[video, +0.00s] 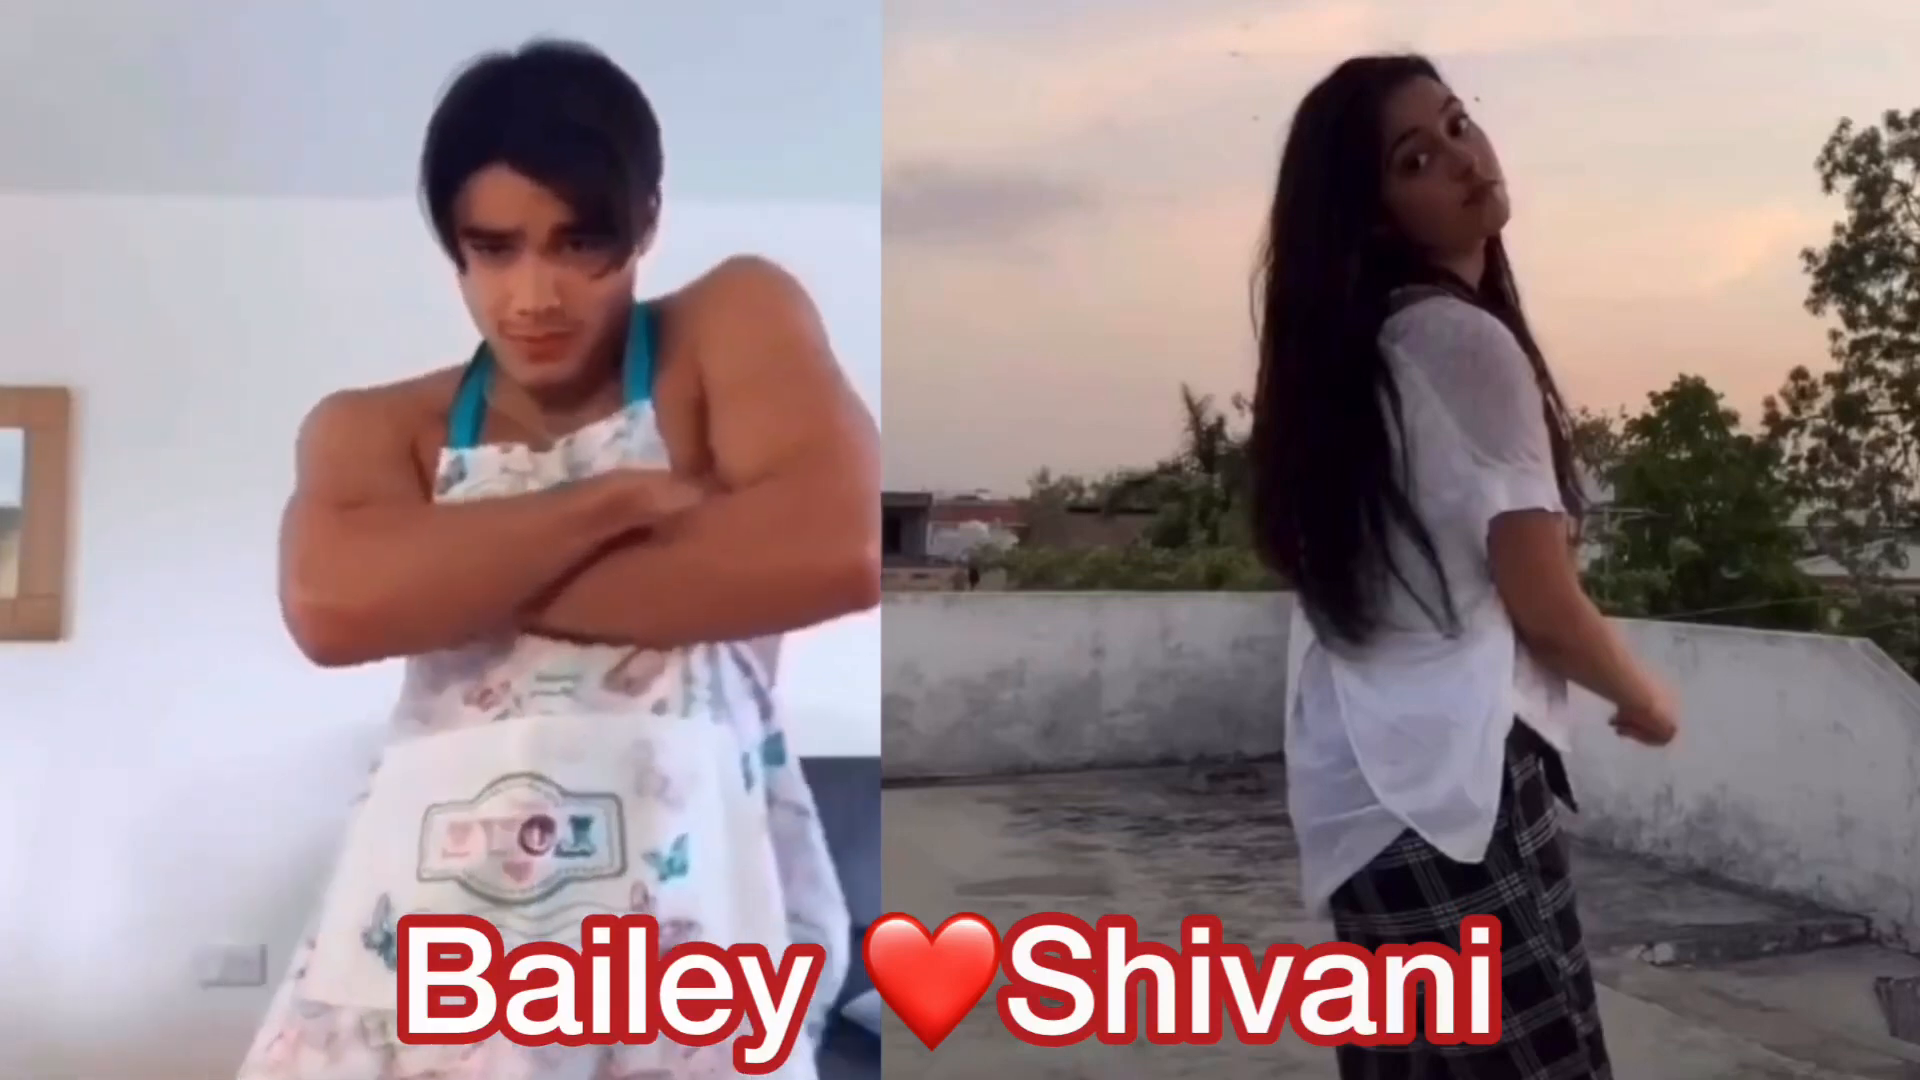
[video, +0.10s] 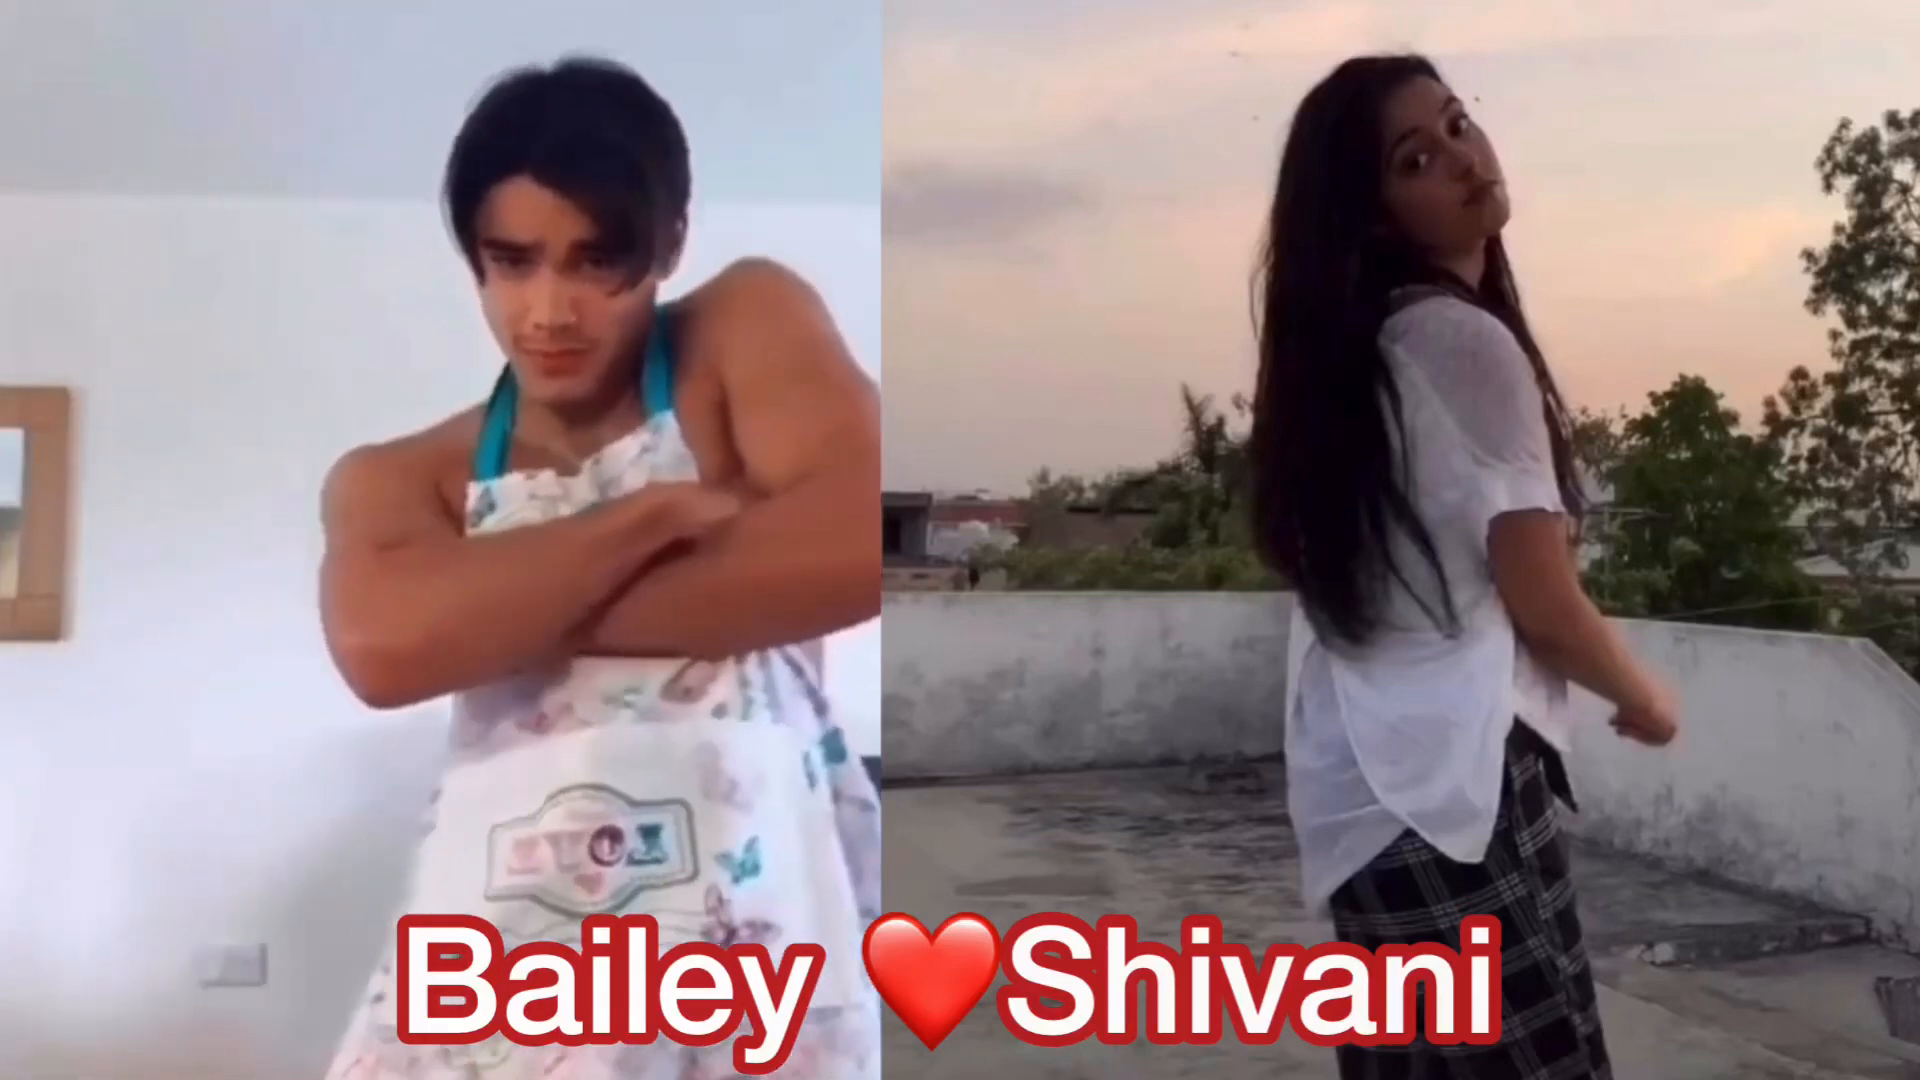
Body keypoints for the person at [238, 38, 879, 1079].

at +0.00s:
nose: (535, 296)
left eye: (584, 248)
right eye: (494, 248)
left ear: (646, 227)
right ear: (449, 239)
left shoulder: (733, 318)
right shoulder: (368, 426)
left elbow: (828, 550)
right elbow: (333, 607)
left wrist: (492, 577)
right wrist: (625, 498)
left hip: (684, 881)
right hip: (436, 888)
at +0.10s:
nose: (549, 309)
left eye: (598, 263)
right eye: (512, 261)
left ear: (667, 250)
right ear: (470, 254)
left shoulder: (744, 316)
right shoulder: (395, 474)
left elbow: (843, 555)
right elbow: (383, 649)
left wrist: (525, 607)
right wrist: (663, 510)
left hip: (748, 901)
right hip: (499, 910)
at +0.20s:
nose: (565, 338)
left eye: (614, 291)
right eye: (528, 290)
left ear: (677, 279)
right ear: (487, 282)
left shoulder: (749, 342)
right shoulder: (409, 515)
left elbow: (858, 563)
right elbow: (426, 695)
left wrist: (564, 637)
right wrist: (696, 532)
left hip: (791, 943)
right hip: (541, 969)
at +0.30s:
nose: (567, 362)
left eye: (613, 314)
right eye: (528, 314)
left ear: (676, 301)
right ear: (485, 302)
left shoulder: (749, 375)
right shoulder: (403, 541)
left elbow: (864, 599)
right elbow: (456, 723)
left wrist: (562, 661)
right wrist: (707, 556)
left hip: (810, 973)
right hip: (573, 1009)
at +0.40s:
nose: (561, 371)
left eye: (605, 323)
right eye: (525, 323)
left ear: (666, 316)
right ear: (481, 317)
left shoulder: (745, 406)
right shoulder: (390, 538)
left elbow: (877, 606)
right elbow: (460, 720)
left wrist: (563, 670)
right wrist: (703, 570)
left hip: (833, 959)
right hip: (595, 1011)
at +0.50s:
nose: (550, 359)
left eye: (596, 311)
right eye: (512, 311)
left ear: (656, 296)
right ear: (466, 300)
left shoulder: (742, 411)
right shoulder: (373, 496)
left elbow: (858, 628)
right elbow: (445, 686)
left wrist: (551, 639)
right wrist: (699, 563)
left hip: (808, 935)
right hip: (569, 964)